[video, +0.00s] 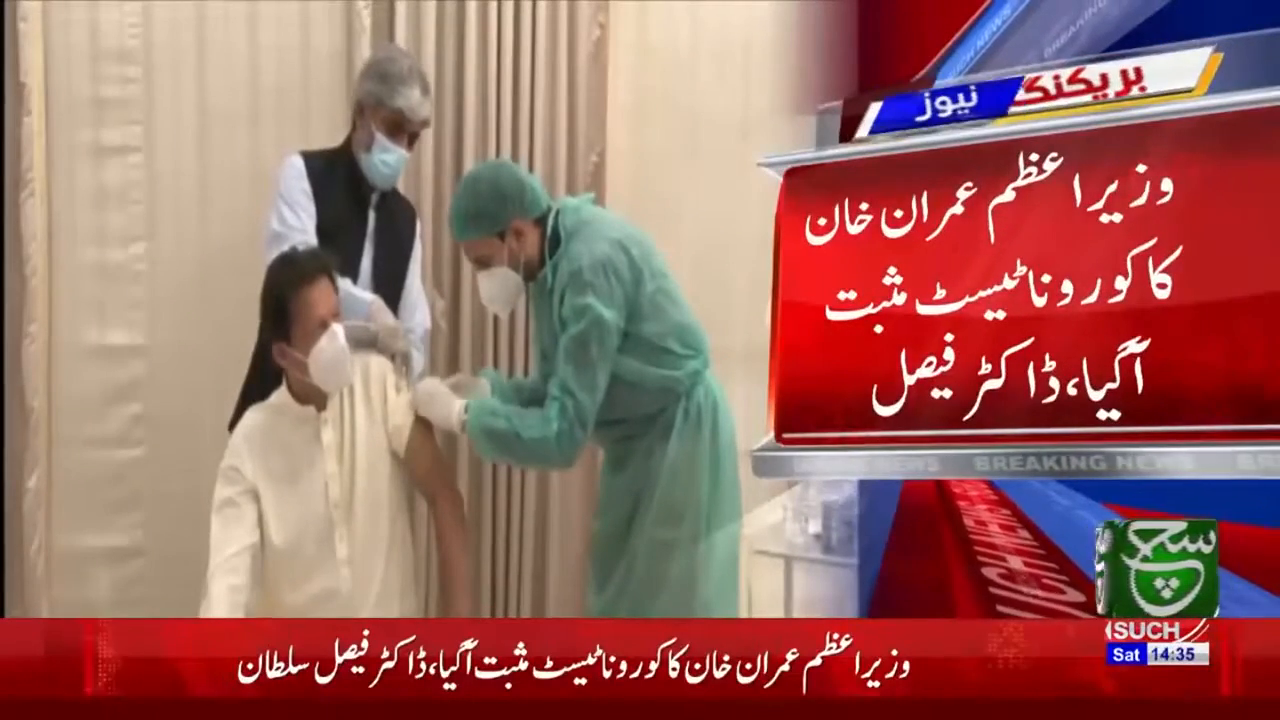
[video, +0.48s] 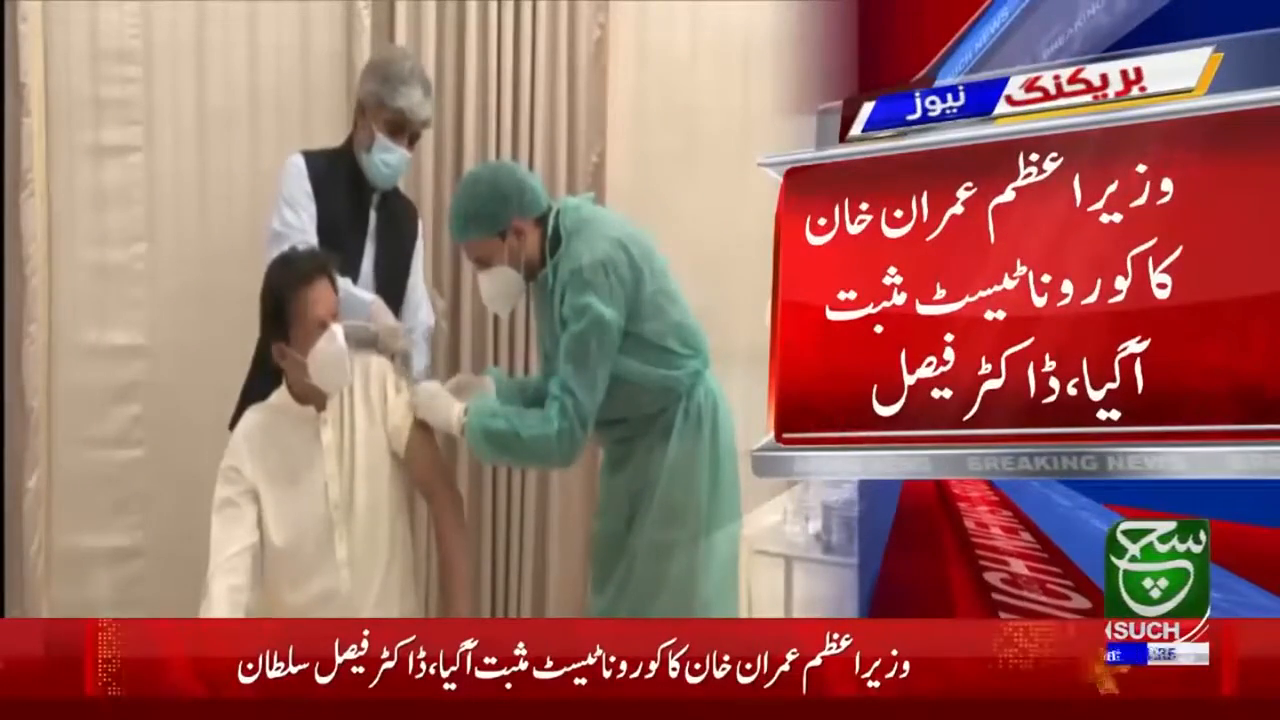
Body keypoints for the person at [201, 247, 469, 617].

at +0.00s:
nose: (337, 337)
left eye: (338, 320)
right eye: (320, 329)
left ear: (349, 320)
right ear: (283, 353)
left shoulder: (375, 381)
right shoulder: (254, 435)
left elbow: (444, 496)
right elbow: (230, 570)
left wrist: (459, 614)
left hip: (390, 619)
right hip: (293, 633)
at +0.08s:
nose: (337, 337)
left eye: (338, 320)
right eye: (320, 329)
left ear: (348, 319)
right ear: (283, 353)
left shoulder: (375, 381)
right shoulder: (254, 435)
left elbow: (444, 496)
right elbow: (230, 570)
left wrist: (459, 614)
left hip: (389, 619)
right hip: (293, 633)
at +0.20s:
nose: (337, 337)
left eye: (338, 321)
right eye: (320, 330)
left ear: (348, 320)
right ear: (282, 352)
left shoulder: (375, 381)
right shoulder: (254, 435)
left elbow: (444, 496)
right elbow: (230, 570)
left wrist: (460, 614)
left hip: (390, 619)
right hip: (293, 632)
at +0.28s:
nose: (335, 340)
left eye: (341, 323)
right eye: (318, 328)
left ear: (355, 327)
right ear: (281, 347)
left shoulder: (385, 406)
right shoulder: (255, 433)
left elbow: (445, 499)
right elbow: (231, 563)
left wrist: (460, 614)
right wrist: (218, 641)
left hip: (390, 621)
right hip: (292, 630)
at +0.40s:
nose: (337, 338)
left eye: (338, 322)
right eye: (319, 330)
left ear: (349, 321)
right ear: (281, 351)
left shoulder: (376, 381)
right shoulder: (253, 436)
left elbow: (444, 496)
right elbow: (230, 571)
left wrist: (460, 614)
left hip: (389, 620)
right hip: (293, 634)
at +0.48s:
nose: (337, 339)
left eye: (338, 322)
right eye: (319, 329)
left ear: (349, 321)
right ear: (281, 349)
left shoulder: (376, 381)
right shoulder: (254, 435)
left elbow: (442, 494)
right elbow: (230, 571)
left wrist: (460, 614)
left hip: (390, 619)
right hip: (294, 632)